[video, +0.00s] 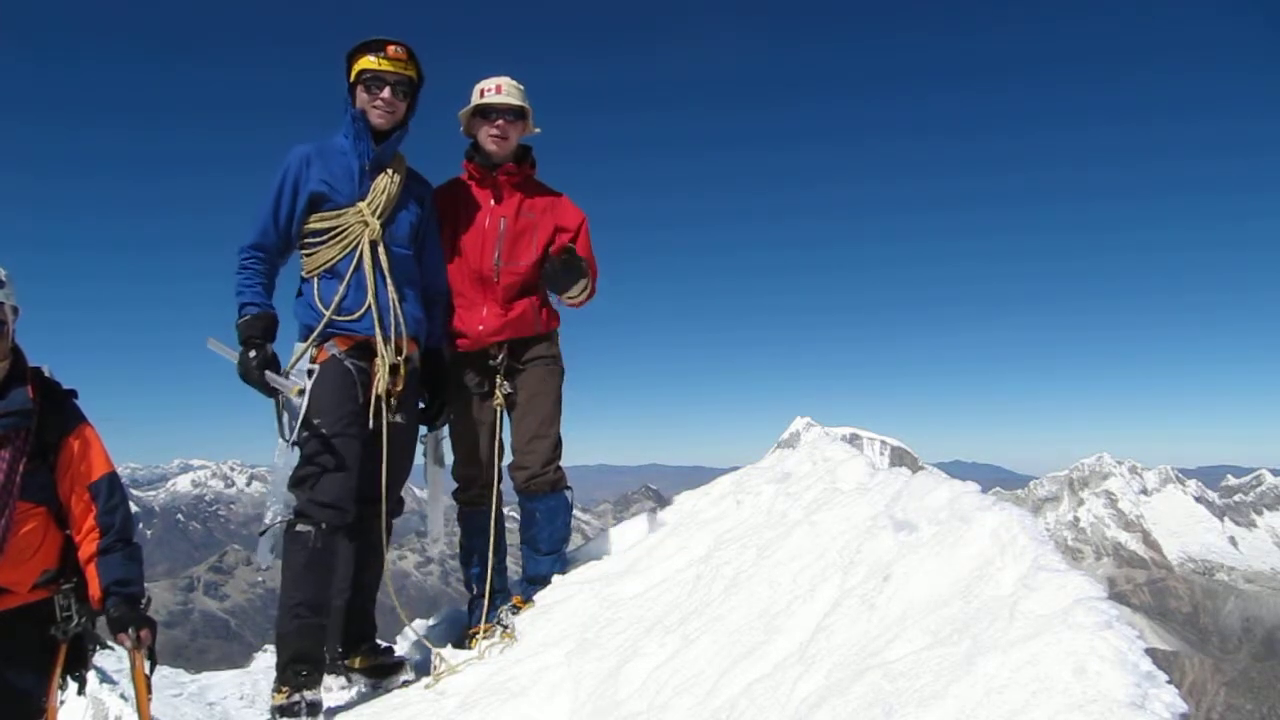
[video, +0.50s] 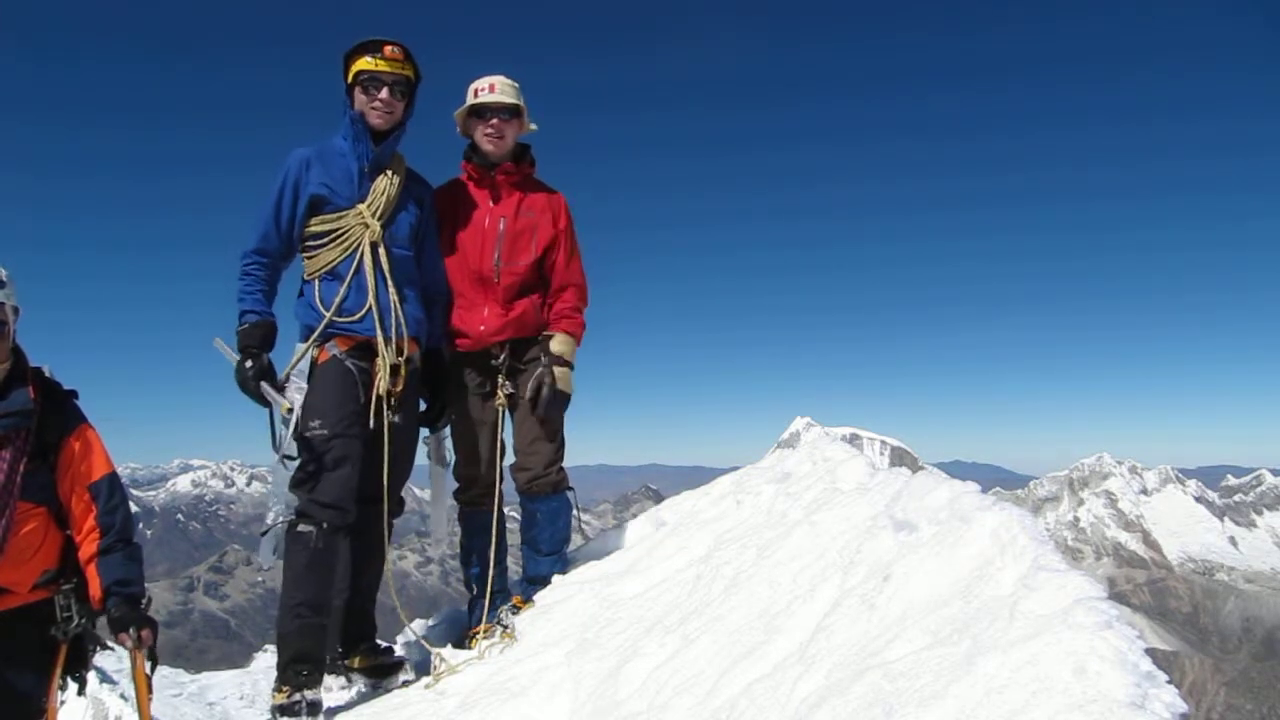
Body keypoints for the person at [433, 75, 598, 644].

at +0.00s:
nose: (498, 126)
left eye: (509, 117)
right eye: (488, 117)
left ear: (525, 128)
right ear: (471, 126)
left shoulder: (554, 208)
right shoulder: (443, 203)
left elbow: (582, 286)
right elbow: (422, 280)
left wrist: (569, 279)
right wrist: (426, 365)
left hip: (533, 351)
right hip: (463, 355)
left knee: (536, 468)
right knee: (474, 479)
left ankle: (541, 589)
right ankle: (485, 604)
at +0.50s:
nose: (495, 125)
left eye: (505, 116)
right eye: (484, 116)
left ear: (522, 126)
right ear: (467, 126)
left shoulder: (548, 204)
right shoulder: (443, 203)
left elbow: (569, 288)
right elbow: (424, 281)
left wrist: (561, 354)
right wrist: (428, 363)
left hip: (531, 352)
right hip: (463, 358)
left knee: (538, 471)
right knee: (476, 480)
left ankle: (542, 589)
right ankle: (485, 601)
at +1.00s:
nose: (494, 125)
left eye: (505, 116)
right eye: (484, 116)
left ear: (522, 126)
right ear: (467, 126)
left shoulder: (548, 202)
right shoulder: (443, 203)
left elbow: (569, 288)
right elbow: (425, 284)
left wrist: (567, 359)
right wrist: (427, 367)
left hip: (532, 353)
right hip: (464, 359)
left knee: (539, 470)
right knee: (478, 480)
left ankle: (541, 591)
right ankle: (484, 605)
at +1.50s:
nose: (492, 125)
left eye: (502, 115)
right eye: (481, 116)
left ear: (519, 125)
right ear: (464, 127)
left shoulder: (545, 202)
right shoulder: (438, 203)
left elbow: (566, 287)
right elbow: (422, 287)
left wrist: (565, 357)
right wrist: (426, 364)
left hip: (530, 351)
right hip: (462, 357)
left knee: (538, 472)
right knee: (476, 480)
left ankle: (541, 589)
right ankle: (486, 604)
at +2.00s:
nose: (485, 126)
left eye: (495, 117)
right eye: (474, 117)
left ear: (512, 126)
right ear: (458, 127)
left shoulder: (540, 202)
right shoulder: (437, 203)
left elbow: (563, 285)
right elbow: (419, 288)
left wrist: (560, 355)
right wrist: (423, 366)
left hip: (527, 348)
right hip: (459, 354)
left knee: (537, 456)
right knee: (475, 473)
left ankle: (541, 586)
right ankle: (484, 602)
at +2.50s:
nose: (480, 128)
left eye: (491, 118)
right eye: (469, 120)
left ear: (509, 127)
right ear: (455, 131)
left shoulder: (538, 202)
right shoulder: (436, 205)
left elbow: (562, 284)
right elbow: (422, 287)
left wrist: (559, 355)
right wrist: (425, 362)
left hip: (526, 350)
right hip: (458, 357)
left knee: (534, 466)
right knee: (474, 476)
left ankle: (540, 589)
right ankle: (485, 600)